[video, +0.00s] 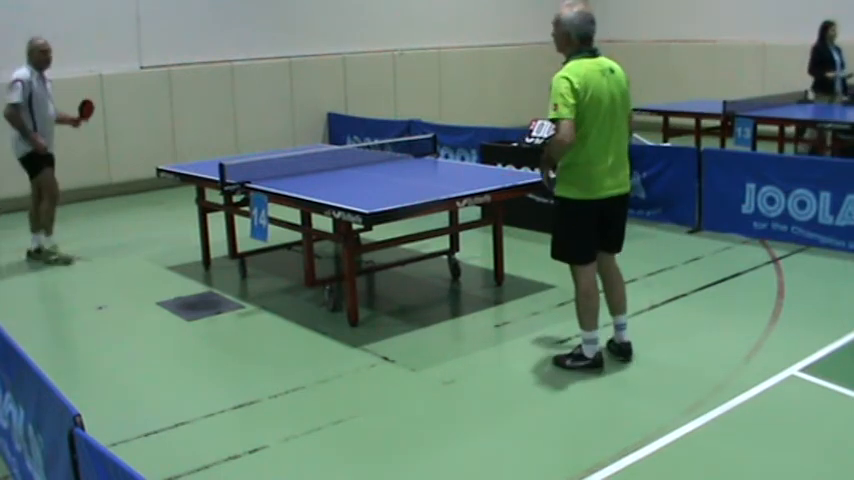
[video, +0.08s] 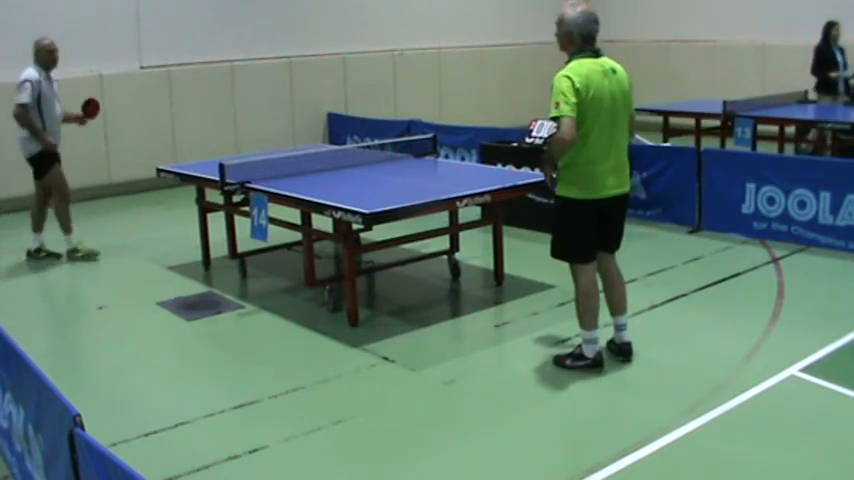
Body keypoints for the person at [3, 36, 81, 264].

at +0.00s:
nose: (48, 56)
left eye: (49, 52)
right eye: (43, 52)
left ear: (50, 55)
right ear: (30, 55)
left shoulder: (44, 79)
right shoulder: (22, 78)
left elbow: (48, 113)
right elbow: (11, 112)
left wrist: (71, 119)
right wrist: (33, 137)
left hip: (43, 146)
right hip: (30, 148)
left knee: (38, 195)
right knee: (51, 192)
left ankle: (36, 246)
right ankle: (47, 245)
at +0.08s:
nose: (54, 57)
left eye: (55, 52)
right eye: (49, 53)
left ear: (56, 55)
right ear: (37, 55)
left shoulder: (49, 79)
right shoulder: (30, 79)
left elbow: (54, 113)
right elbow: (20, 112)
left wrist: (75, 118)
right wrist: (43, 137)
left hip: (49, 146)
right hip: (38, 148)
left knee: (43, 196)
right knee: (62, 191)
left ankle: (36, 245)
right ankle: (72, 246)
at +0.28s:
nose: (77, 59)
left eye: (77, 55)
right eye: (73, 55)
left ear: (70, 58)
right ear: (60, 58)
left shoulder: (65, 80)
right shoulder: (52, 83)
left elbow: (69, 114)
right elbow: (45, 117)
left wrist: (90, 120)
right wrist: (69, 140)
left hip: (63, 149)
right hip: (61, 151)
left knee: (55, 197)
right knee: (84, 192)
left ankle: (38, 243)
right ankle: (104, 242)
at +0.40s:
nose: (93, 57)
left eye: (92, 53)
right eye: (88, 54)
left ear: (80, 57)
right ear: (76, 57)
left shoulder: (79, 79)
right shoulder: (68, 83)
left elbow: (84, 111)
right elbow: (62, 118)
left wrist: (101, 127)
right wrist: (86, 141)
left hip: (80, 146)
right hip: (75, 148)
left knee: (76, 193)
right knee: (94, 190)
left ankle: (46, 235)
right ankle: (106, 242)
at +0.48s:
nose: (102, 56)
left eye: (101, 52)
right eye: (97, 53)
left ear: (90, 56)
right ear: (85, 56)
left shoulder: (88, 78)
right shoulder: (78, 81)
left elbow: (91, 112)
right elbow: (73, 116)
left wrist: (107, 128)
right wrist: (99, 141)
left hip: (88, 143)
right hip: (82, 146)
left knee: (94, 191)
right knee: (97, 191)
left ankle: (59, 227)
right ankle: (106, 242)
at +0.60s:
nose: (113, 54)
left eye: (112, 50)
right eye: (109, 50)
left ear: (100, 53)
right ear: (97, 53)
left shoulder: (97, 75)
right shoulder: (90, 79)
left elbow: (99, 113)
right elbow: (89, 114)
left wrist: (117, 130)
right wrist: (116, 136)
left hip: (99, 143)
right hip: (92, 145)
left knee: (114, 184)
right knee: (105, 189)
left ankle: (84, 224)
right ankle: (108, 241)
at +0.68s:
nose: (120, 53)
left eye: (119, 49)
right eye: (115, 49)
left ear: (104, 52)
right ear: (104, 52)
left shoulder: (103, 74)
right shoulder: (97, 78)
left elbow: (104, 113)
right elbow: (97, 113)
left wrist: (126, 130)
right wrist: (125, 132)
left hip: (108, 144)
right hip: (100, 146)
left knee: (126, 183)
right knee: (111, 189)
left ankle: (104, 227)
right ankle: (108, 239)